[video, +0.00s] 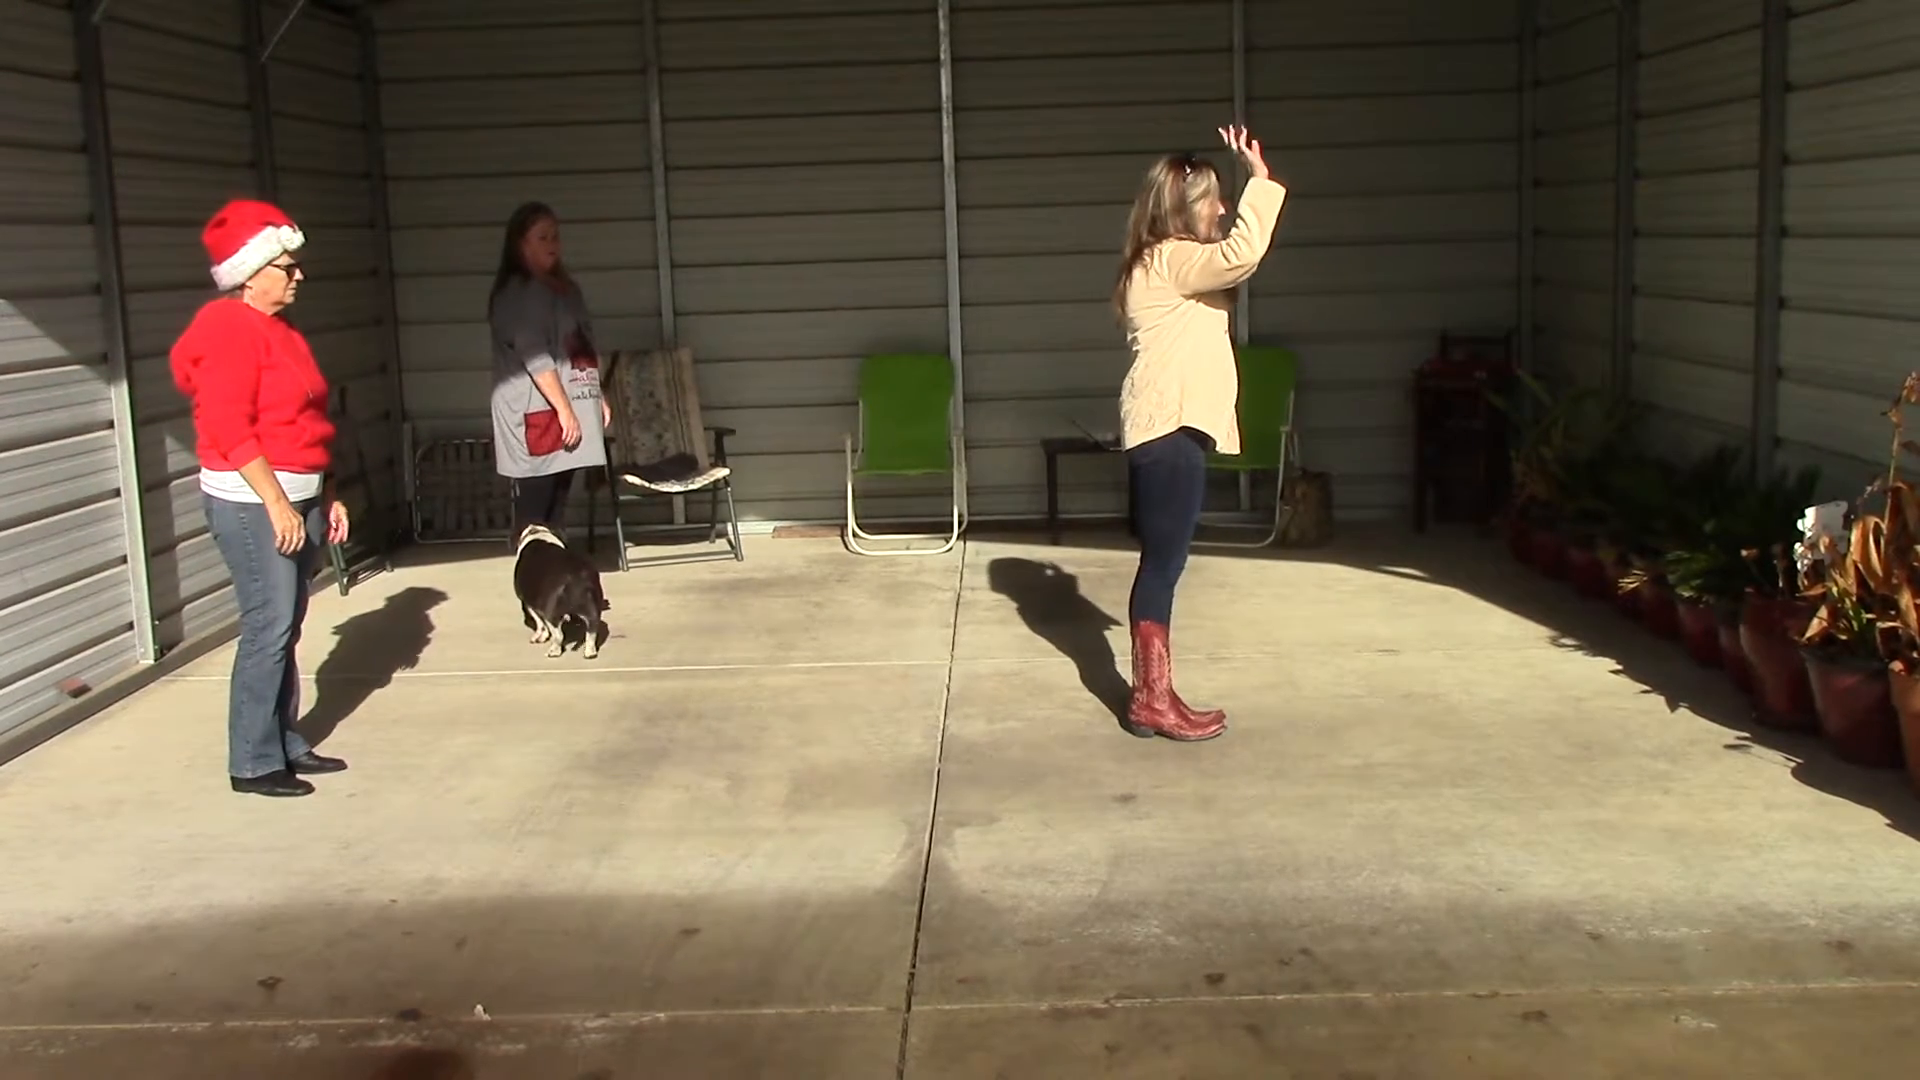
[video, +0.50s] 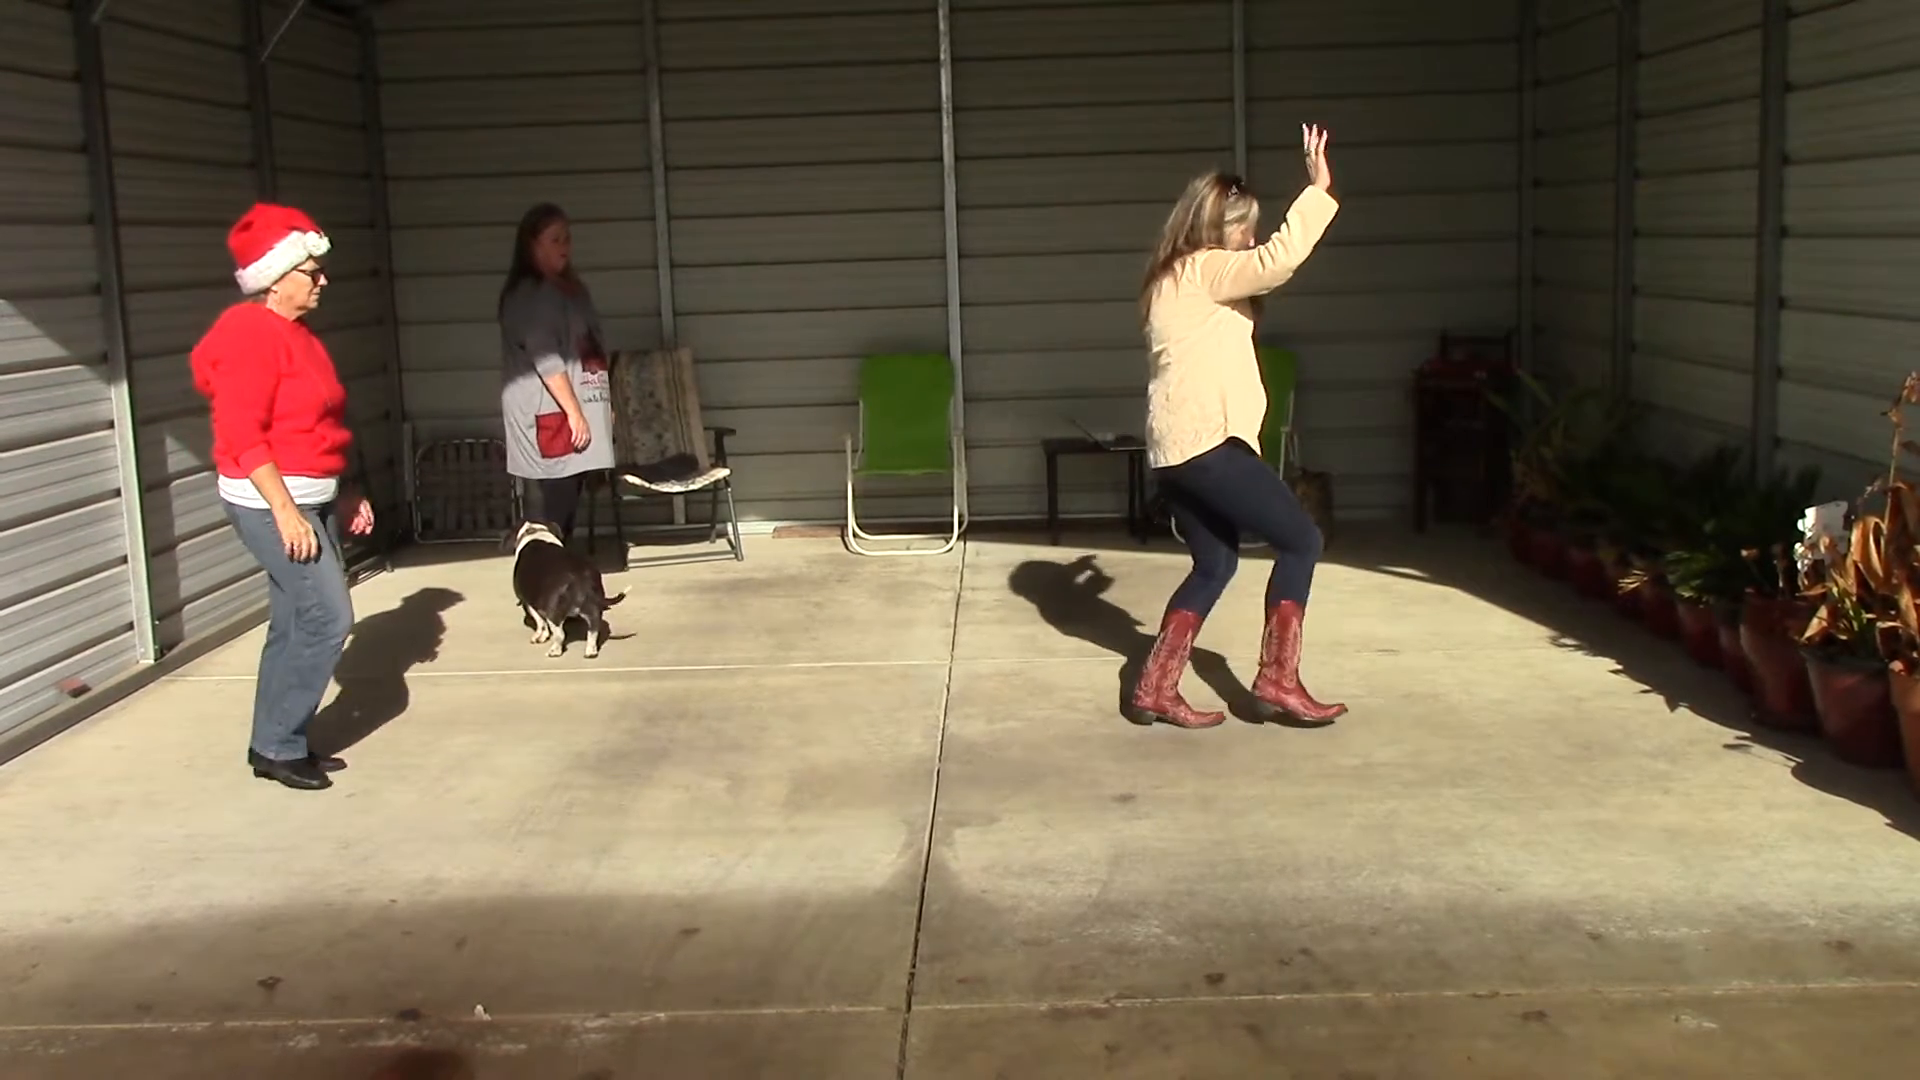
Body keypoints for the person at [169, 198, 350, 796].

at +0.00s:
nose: (298, 277)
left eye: (297, 267)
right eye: (287, 268)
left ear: (260, 274)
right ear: (250, 274)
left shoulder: (274, 329)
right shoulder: (227, 329)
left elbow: (296, 421)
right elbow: (228, 430)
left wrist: (324, 494)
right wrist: (276, 502)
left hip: (291, 496)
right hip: (248, 499)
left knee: (284, 626)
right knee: (268, 626)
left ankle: (282, 743)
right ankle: (252, 762)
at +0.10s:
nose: (300, 277)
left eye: (299, 267)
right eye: (290, 267)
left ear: (263, 274)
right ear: (252, 274)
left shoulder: (276, 329)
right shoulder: (229, 328)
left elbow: (299, 421)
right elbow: (229, 429)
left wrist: (325, 497)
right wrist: (274, 502)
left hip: (292, 497)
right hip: (249, 499)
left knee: (285, 627)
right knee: (267, 627)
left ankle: (282, 743)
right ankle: (251, 761)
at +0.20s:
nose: (303, 277)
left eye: (301, 266)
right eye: (292, 267)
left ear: (264, 275)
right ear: (255, 274)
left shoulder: (275, 328)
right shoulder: (231, 327)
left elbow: (298, 421)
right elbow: (229, 429)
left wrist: (323, 499)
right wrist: (274, 502)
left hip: (294, 496)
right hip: (250, 500)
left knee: (287, 626)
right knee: (266, 627)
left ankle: (282, 742)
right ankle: (251, 761)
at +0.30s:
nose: (306, 276)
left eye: (304, 266)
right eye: (296, 267)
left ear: (266, 275)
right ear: (259, 274)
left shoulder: (275, 328)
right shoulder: (235, 328)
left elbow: (289, 423)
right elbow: (232, 431)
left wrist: (316, 501)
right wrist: (276, 504)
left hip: (298, 497)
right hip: (255, 501)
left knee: (292, 628)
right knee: (268, 628)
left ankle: (283, 742)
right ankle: (250, 761)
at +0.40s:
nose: (313, 279)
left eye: (311, 268)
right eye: (301, 269)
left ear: (276, 278)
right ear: (265, 277)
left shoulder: (284, 331)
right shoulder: (240, 331)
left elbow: (302, 426)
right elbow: (236, 434)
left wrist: (326, 504)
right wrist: (282, 506)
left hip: (300, 498)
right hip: (256, 503)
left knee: (301, 626)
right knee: (294, 625)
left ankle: (284, 744)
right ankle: (253, 759)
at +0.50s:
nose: (322, 283)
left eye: (321, 273)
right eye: (312, 273)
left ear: (282, 279)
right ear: (275, 278)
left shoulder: (295, 334)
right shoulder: (247, 334)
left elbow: (310, 425)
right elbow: (240, 434)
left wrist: (342, 494)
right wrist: (284, 509)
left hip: (308, 499)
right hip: (269, 501)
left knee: (294, 624)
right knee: (326, 617)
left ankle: (279, 742)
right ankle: (276, 745)